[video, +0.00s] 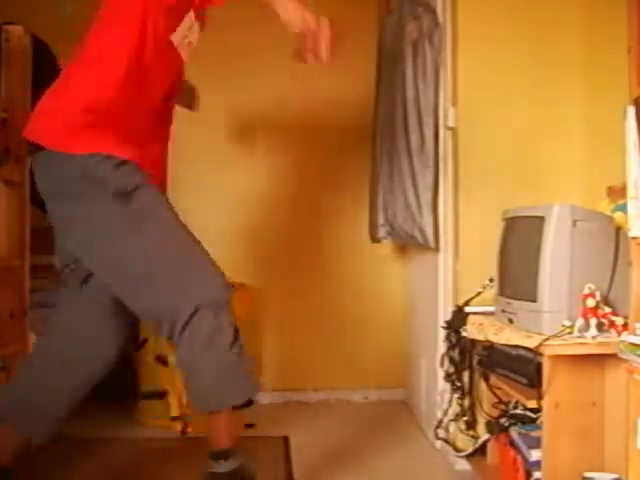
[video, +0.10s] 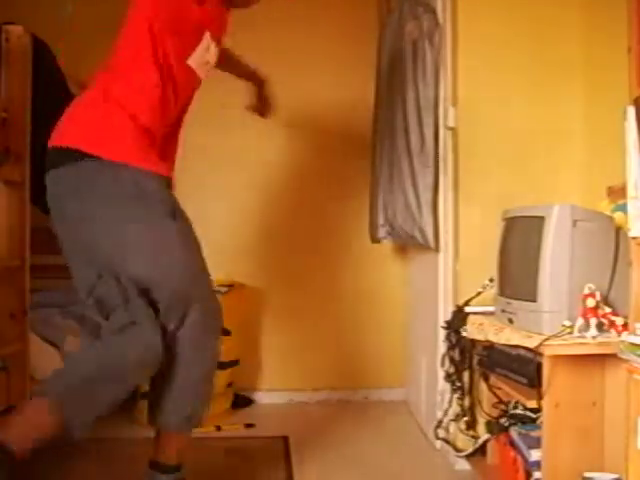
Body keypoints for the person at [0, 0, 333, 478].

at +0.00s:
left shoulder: (183, 16)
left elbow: (139, 58)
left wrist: (179, 88)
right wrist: (288, 7)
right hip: (85, 149)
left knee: (89, 333)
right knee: (198, 295)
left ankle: (5, 446)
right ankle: (225, 456)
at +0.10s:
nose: (252, 7)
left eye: (254, 4)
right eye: (252, 1)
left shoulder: (204, 21)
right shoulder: (185, 4)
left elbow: (214, 53)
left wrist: (256, 80)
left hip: (77, 165)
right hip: (118, 164)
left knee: (138, 336)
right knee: (196, 314)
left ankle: (12, 438)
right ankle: (167, 467)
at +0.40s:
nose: (302, 16)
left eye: (309, 13)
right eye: (303, 4)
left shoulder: (237, 55)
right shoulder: (234, 5)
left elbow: (285, 105)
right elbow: (139, 7)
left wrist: (359, 128)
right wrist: (55, 78)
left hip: (81, 140)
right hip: (147, 151)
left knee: (116, 314)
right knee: (175, 318)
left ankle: (42, 426)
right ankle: (171, 466)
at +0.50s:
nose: (305, 23)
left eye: (312, 19)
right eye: (308, 11)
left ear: (293, 13)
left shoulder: (243, 54)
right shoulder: (237, 8)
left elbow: (283, 113)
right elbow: (136, 14)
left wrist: (344, 150)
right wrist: (50, 114)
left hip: (87, 148)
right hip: (143, 152)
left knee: (129, 308)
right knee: (181, 320)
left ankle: (72, 432)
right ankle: (170, 470)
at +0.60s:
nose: (306, 18)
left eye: (313, 13)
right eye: (308, 7)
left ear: (294, 7)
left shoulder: (248, 52)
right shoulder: (232, 6)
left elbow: (291, 103)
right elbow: (128, 18)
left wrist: (351, 154)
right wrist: (46, 122)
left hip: (90, 158)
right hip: (146, 161)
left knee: (138, 323)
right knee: (192, 337)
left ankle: (122, 459)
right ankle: (163, 471)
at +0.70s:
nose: (299, 15)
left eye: (307, 10)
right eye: (301, 3)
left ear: (298, 9)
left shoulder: (234, 45)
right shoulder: (233, 4)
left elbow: (284, 96)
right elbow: (135, 16)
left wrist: (356, 139)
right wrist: (53, 119)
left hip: (94, 154)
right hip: (156, 158)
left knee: (140, 323)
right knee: (193, 332)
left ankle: (115, 459)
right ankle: (163, 469)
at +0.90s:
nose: (296, 13)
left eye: (299, 9)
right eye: (299, 6)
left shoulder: (217, 18)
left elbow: (256, 72)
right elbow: (185, 21)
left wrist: (325, 116)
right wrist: (119, 133)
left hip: (102, 149)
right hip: (169, 160)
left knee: (117, 323)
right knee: (190, 331)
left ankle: (53, 437)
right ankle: (165, 470)